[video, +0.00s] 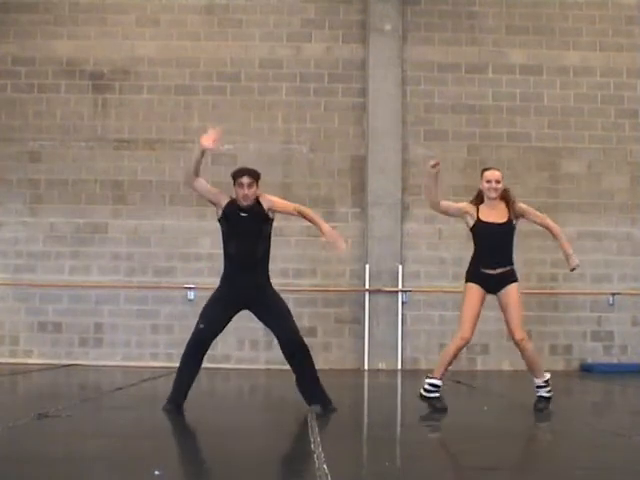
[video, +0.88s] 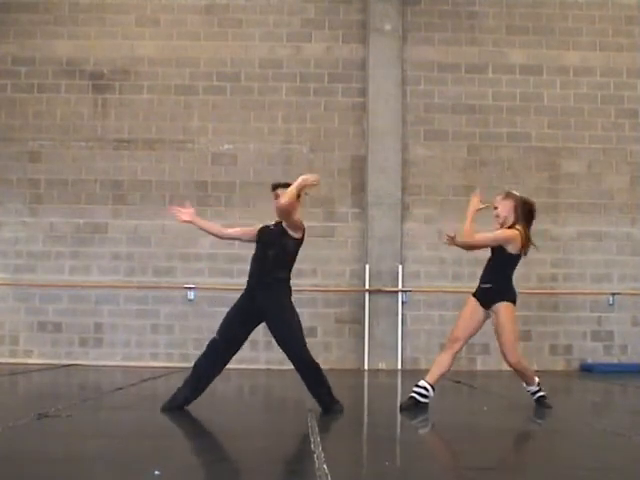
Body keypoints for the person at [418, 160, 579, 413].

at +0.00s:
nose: (493, 185)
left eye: (497, 181)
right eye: (488, 181)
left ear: (503, 185)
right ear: (481, 185)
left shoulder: (514, 208)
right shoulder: (470, 210)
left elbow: (546, 222)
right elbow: (435, 203)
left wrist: (569, 252)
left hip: (506, 277)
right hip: (477, 277)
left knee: (519, 337)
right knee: (464, 336)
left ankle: (542, 384)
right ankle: (432, 384)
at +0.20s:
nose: (490, 202)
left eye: (494, 198)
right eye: (485, 198)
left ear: (500, 201)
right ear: (477, 201)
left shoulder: (512, 227)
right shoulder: (470, 231)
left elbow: (541, 249)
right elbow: (433, 243)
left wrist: (541, 279)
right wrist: (438, 213)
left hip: (505, 292)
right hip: (475, 292)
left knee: (513, 350)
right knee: (465, 347)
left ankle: (537, 391)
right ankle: (432, 390)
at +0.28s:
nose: (491, 195)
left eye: (495, 191)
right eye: (486, 191)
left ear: (501, 194)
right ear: (478, 194)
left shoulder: (511, 219)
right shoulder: (470, 219)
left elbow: (539, 238)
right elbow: (438, 225)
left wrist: (529, 251)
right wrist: (436, 198)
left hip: (503, 285)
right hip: (475, 284)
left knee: (520, 341)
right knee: (460, 340)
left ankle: (539, 389)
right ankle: (431, 389)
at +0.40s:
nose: (496, 193)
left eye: (500, 189)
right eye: (491, 189)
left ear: (506, 192)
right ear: (484, 192)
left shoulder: (512, 218)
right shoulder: (474, 215)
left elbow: (541, 211)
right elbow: (440, 211)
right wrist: (412, 202)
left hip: (503, 284)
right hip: (474, 283)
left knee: (528, 337)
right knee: (450, 336)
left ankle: (536, 391)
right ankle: (425, 390)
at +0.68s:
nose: (506, 201)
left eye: (509, 197)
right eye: (501, 198)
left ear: (514, 199)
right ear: (492, 201)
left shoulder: (520, 229)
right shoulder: (479, 223)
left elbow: (560, 223)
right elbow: (441, 226)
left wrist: (555, 193)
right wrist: (404, 228)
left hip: (510, 293)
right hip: (481, 292)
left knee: (530, 349)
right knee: (454, 342)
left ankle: (532, 391)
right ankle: (423, 390)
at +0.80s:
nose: (503, 205)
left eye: (508, 200)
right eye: (499, 202)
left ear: (518, 204)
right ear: (496, 207)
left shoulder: (522, 231)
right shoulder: (492, 229)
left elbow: (500, 227)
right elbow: (458, 229)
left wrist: (492, 197)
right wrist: (432, 225)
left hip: (506, 293)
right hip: (481, 292)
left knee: (519, 354)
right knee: (454, 342)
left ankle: (533, 392)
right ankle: (422, 390)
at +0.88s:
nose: (495, 214)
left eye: (499, 209)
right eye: (496, 209)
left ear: (514, 211)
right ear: (510, 212)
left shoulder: (514, 235)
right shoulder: (504, 234)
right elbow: (473, 245)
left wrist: (471, 212)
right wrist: (456, 243)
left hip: (501, 295)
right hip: (482, 293)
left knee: (512, 358)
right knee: (453, 343)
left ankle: (536, 390)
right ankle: (423, 391)